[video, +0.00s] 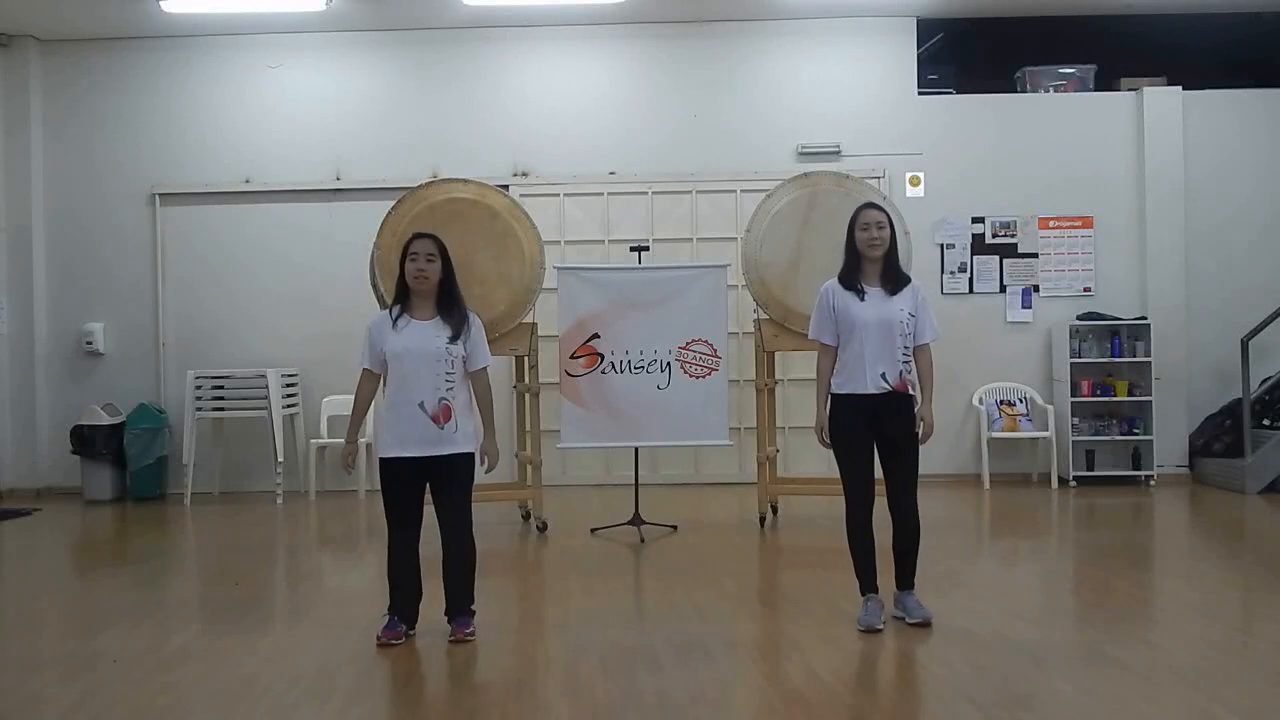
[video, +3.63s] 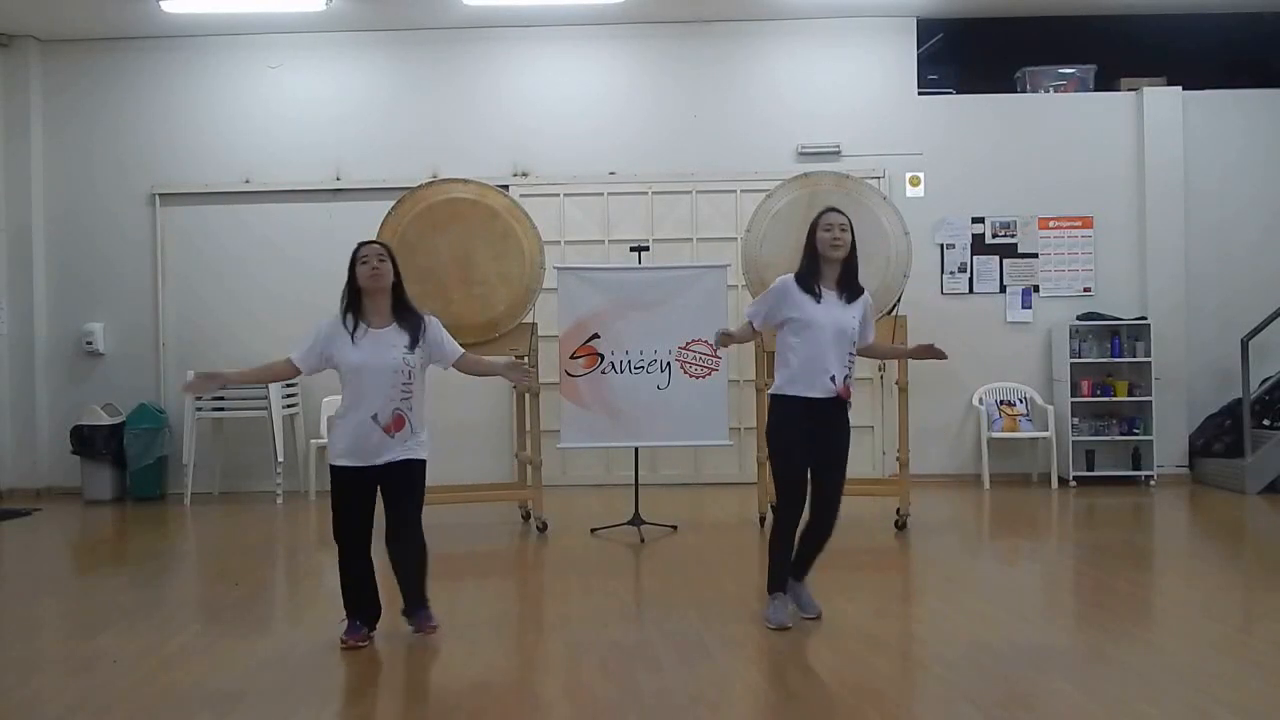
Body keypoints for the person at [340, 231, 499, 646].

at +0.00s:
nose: (421, 265)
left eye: (430, 259)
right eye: (413, 258)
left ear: (444, 269)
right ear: (403, 268)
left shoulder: (465, 323)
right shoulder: (383, 325)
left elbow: (479, 378)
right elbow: (369, 379)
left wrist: (489, 433)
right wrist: (351, 437)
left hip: (454, 449)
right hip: (399, 451)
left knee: (457, 535)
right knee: (402, 537)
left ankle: (461, 615)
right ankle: (401, 616)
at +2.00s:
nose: (443, 269)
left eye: (453, 262)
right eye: (436, 262)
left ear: (467, 270)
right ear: (426, 270)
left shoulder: (487, 326)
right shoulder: (404, 324)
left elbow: (501, 386)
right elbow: (393, 385)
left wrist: (514, 439)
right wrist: (381, 437)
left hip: (471, 449)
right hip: (416, 449)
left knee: (467, 535)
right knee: (421, 537)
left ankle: (461, 615)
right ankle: (424, 615)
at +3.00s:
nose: (431, 273)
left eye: (442, 267)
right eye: (426, 265)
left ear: (458, 277)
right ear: (418, 273)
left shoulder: (476, 330)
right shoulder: (399, 326)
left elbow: (497, 381)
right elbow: (390, 377)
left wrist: (506, 412)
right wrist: (351, 412)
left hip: (460, 450)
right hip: (409, 450)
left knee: (458, 532)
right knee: (403, 529)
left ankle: (460, 614)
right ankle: (425, 596)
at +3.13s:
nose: (425, 268)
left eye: (437, 262)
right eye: (421, 260)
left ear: (453, 274)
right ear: (413, 268)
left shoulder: (467, 324)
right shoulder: (394, 321)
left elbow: (479, 381)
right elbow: (371, 370)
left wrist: (462, 369)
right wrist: (324, 368)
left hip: (453, 448)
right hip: (402, 446)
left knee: (455, 535)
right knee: (385, 524)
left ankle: (459, 616)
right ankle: (401, 592)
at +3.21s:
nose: (419, 262)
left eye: (431, 258)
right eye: (414, 255)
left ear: (447, 270)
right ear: (406, 264)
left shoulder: (457, 319)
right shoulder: (384, 318)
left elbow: (454, 371)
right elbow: (359, 368)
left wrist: (417, 340)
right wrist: (339, 344)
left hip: (445, 445)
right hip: (392, 444)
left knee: (452, 531)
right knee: (375, 529)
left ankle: (459, 616)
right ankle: (370, 611)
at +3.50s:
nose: (390, 263)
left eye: (399, 258)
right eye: (382, 257)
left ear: (413, 272)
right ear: (371, 271)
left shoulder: (428, 321)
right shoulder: (352, 322)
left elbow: (447, 368)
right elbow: (310, 361)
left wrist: (430, 359)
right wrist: (284, 355)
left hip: (411, 448)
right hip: (357, 449)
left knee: (425, 533)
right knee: (356, 537)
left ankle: (452, 614)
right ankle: (360, 619)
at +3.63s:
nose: (375, 267)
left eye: (382, 261)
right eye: (366, 262)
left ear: (395, 274)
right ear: (354, 277)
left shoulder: (421, 326)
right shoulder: (337, 330)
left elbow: (462, 361)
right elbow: (288, 368)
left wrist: (503, 367)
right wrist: (222, 378)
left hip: (405, 450)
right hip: (351, 452)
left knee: (406, 532)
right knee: (351, 539)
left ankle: (417, 607)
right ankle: (360, 618)